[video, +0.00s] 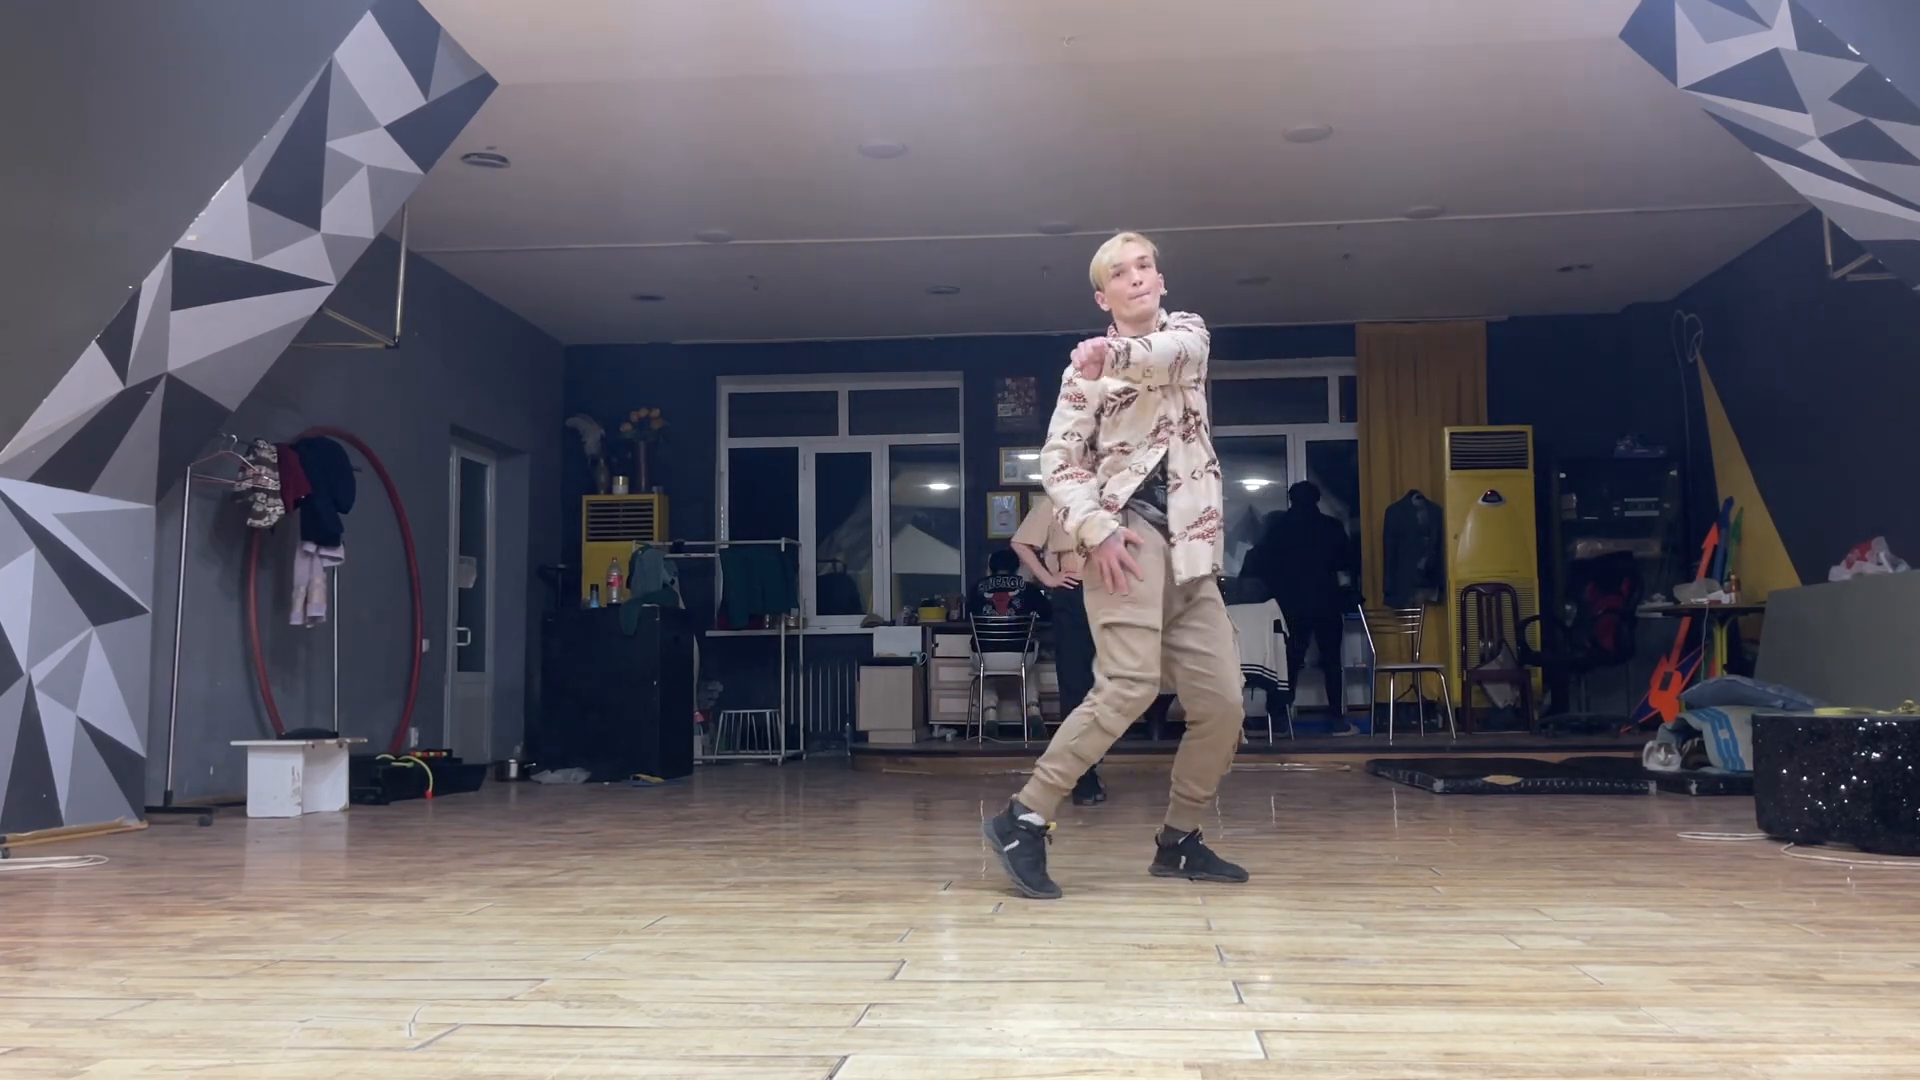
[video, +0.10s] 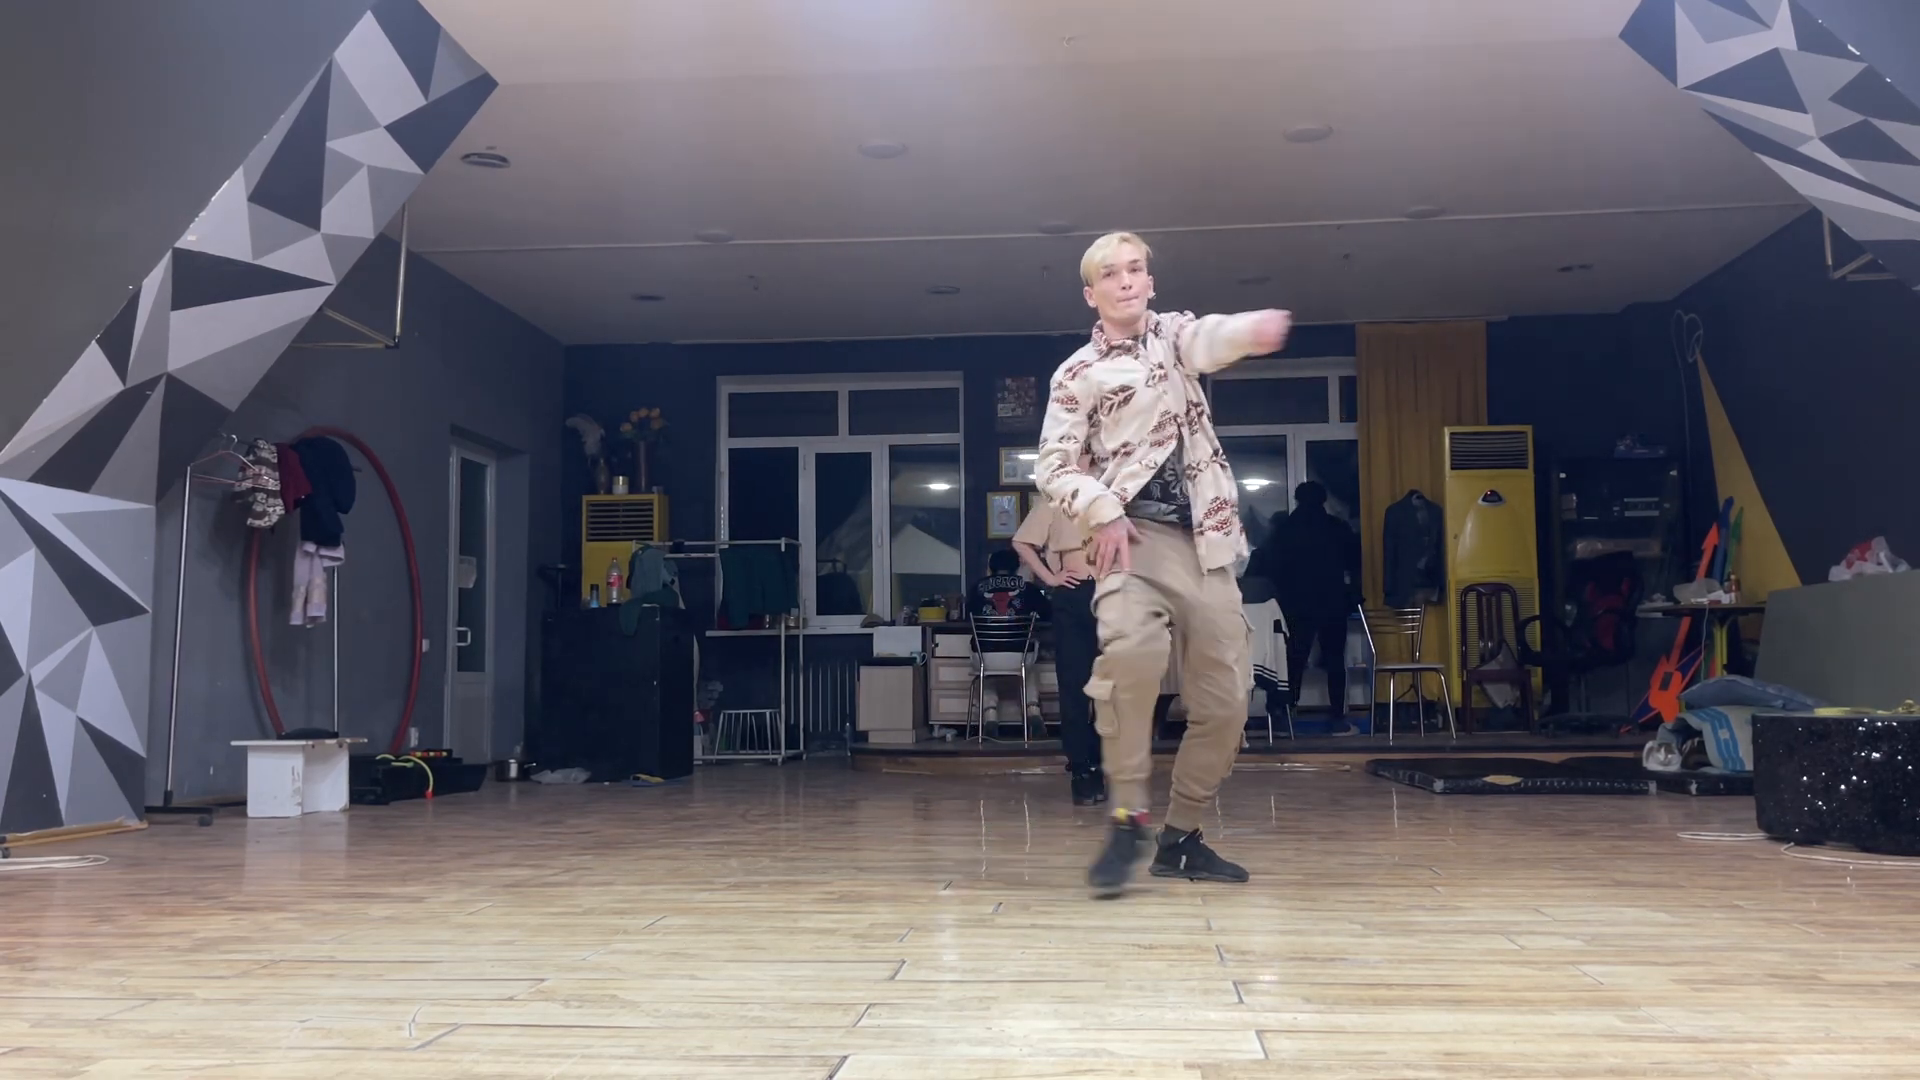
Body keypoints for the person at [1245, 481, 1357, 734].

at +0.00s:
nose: (1307, 503)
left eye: (1299, 498)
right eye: (1310, 498)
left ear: (1291, 500)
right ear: (1316, 500)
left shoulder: (1277, 525)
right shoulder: (1331, 525)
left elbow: (1260, 561)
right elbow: (1346, 561)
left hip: (1289, 603)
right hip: (1325, 602)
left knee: (1289, 660)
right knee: (1331, 662)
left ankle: (1278, 718)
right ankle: (1336, 720)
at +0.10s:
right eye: (1318, 498)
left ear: (1297, 500)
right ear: (1323, 501)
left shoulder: (1285, 528)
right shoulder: (1337, 526)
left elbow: (1271, 565)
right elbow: (1356, 562)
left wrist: (1280, 596)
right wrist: (1357, 594)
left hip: (1296, 603)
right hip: (1332, 602)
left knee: (1294, 659)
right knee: (1334, 661)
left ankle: (1284, 717)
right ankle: (1337, 719)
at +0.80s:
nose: (1299, 505)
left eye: (1299, 501)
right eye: (1299, 501)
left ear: (1304, 502)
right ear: (1325, 501)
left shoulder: (1292, 531)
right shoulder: (1345, 527)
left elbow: (1280, 567)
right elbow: (1363, 553)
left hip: (1304, 605)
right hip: (1338, 604)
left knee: (1303, 663)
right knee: (1336, 662)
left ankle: (1300, 720)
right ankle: (1338, 720)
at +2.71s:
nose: (1301, 502)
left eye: (1302, 498)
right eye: (1302, 498)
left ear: (1305, 499)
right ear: (1328, 499)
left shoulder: (1291, 529)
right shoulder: (1346, 529)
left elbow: (1272, 566)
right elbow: (1360, 567)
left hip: (1302, 604)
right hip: (1335, 604)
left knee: (1302, 661)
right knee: (1334, 661)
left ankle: (1300, 719)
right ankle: (1337, 719)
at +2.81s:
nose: (1300, 502)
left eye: (1301, 498)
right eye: (1301, 499)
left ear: (1304, 499)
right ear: (1328, 499)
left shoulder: (1289, 529)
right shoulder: (1346, 529)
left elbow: (1271, 566)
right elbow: (1359, 567)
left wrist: (1276, 531)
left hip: (1301, 604)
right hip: (1334, 604)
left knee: (1302, 662)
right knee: (1334, 661)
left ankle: (1301, 719)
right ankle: (1337, 719)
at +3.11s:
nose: (1299, 502)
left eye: (1300, 498)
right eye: (1300, 498)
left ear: (1303, 499)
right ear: (1327, 499)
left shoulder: (1288, 529)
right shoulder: (1345, 529)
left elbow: (1270, 566)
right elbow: (1358, 568)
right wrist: (1353, 598)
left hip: (1299, 604)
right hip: (1333, 603)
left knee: (1301, 661)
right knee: (1333, 661)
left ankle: (1300, 719)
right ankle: (1337, 718)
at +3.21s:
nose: (1299, 502)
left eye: (1300, 498)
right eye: (1300, 498)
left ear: (1303, 499)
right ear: (1327, 499)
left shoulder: (1288, 529)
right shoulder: (1345, 529)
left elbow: (1270, 566)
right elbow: (1358, 568)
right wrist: (1353, 598)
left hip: (1300, 604)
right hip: (1333, 604)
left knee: (1301, 661)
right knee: (1333, 661)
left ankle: (1300, 718)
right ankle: (1337, 718)